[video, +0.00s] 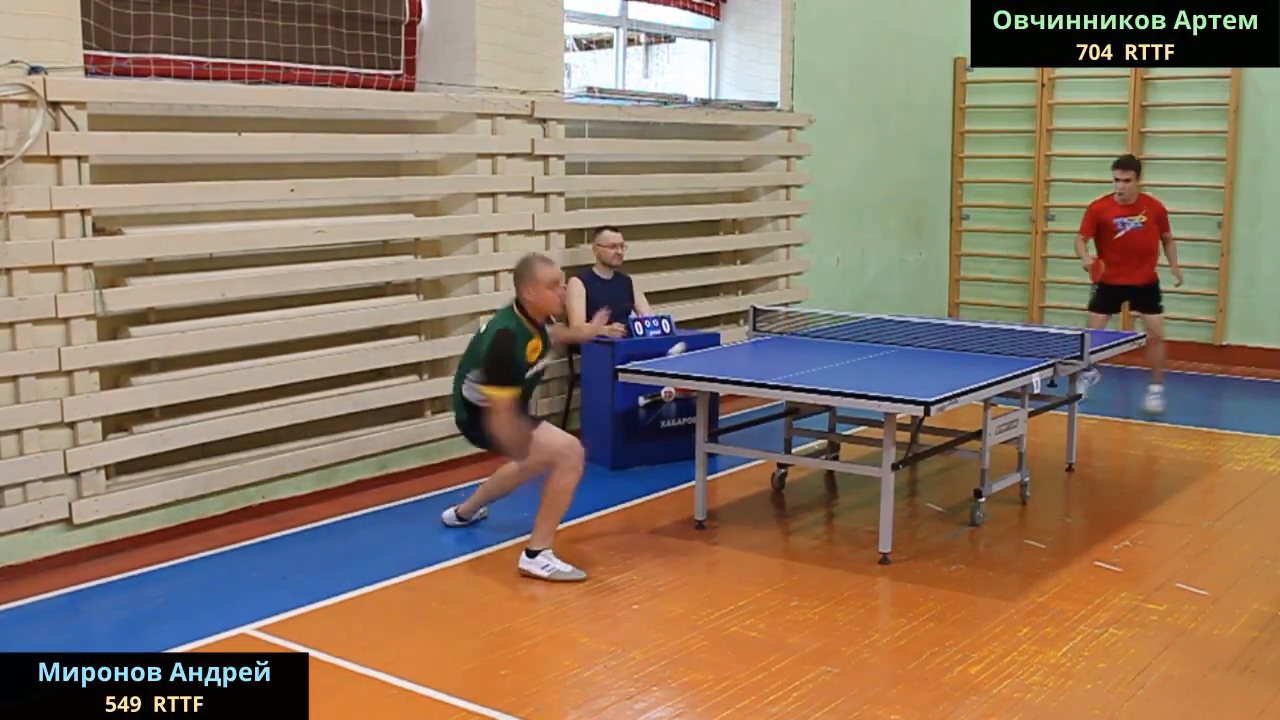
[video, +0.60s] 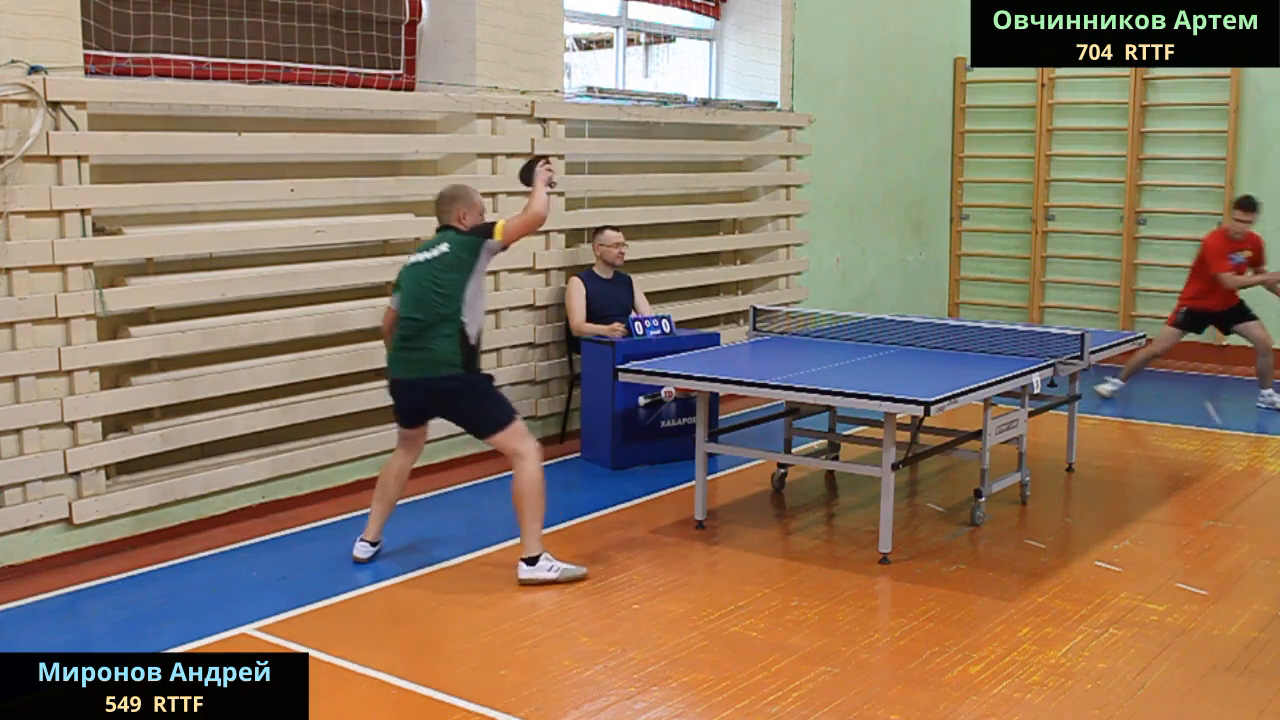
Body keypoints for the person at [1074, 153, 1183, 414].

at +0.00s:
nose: (1119, 187)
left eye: (1125, 181)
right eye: (1116, 180)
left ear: (1138, 181)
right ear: (1112, 180)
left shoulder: (1154, 208)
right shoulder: (1098, 209)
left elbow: (1167, 238)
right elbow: (1081, 240)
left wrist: (1174, 265)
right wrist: (1085, 257)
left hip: (1144, 281)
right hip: (1109, 280)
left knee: (1155, 333)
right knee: (1093, 329)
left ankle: (1156, 388)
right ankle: (1089, 373)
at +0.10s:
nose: (1128, 196)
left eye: (1134, 191)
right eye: (1125, 190)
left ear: (1145, 191)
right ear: (1120, 190)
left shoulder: (1161, 218)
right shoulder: (1107, 218)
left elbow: (1176, 249)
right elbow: (1090, 250)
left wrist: (1185, 276)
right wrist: (1099, 267)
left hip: (1155, 290)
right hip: (1119, 291)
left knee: (1178, 339)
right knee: (1102, 338)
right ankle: (1096, 380)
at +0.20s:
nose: (1141, 210)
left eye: (1146, 205)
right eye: (1136, 204)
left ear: (1156, 206)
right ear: (1130, 204)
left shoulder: (1170, 232)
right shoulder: (1118, 233)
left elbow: (1189, 263)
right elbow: (1103, 264)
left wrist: (1196, 288)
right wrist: (1112, 282)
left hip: (1167, 304)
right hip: (1131, 304)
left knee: (1190, 348)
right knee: (1102, 340)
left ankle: (1218, 389)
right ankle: (1097, 383)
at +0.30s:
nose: (1156, 217)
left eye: (1161, 212)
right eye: (1152, 211)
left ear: (1170, 213)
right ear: (1146, 211)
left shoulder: (1183, 237)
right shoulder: (1131, 239)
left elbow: (1201, 267)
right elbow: (1120, 273)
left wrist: (1208, 293)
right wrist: (1133, 295)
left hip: (1178, 303)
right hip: (1145, 303)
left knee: (1207, 349)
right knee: (1111, 344)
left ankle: (1218, 388)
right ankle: (1098, 383)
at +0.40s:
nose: (1179, 221)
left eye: (1184, 216)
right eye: (1175, 215)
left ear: (1192, 216)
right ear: (1168, 214)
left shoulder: (1202, 239)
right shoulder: (1155, 240)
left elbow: (1213, 266)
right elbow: (1148, 277)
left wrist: (1224, 292)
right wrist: (1172, 302)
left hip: (1191, 301)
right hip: (1155, 301)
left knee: (1224, 344)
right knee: (1122, 340)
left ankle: (1241, 387)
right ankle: (1099, 383)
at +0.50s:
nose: (1208, 222)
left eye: (1214, 217)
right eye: (1204, 216)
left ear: (1222, 218)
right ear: (1197, 215)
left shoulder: (1227, 241)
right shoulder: (1183, 240)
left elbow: (1234, 267)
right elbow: (1185, 279)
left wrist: (1251, 288)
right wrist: (1222, 293)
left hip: (1210, 307)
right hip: (1175, 307)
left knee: (1243, 346)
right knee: (1137, 343)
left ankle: (1262, 394)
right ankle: (1102, 384)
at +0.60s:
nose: (1240, 227)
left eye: (1246, 222)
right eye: (1236, 220)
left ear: (1253, 222)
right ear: (1229, 217)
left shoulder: (1254, 242)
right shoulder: (1213, 241)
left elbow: (1260, 274)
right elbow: (1229, 282)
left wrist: (1277, 290)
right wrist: (1265, 278)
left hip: (1228, 304)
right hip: (1194, 304)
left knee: (1264, 342)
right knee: (1159, 347)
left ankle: (1266, 393)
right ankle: (1117, 382)